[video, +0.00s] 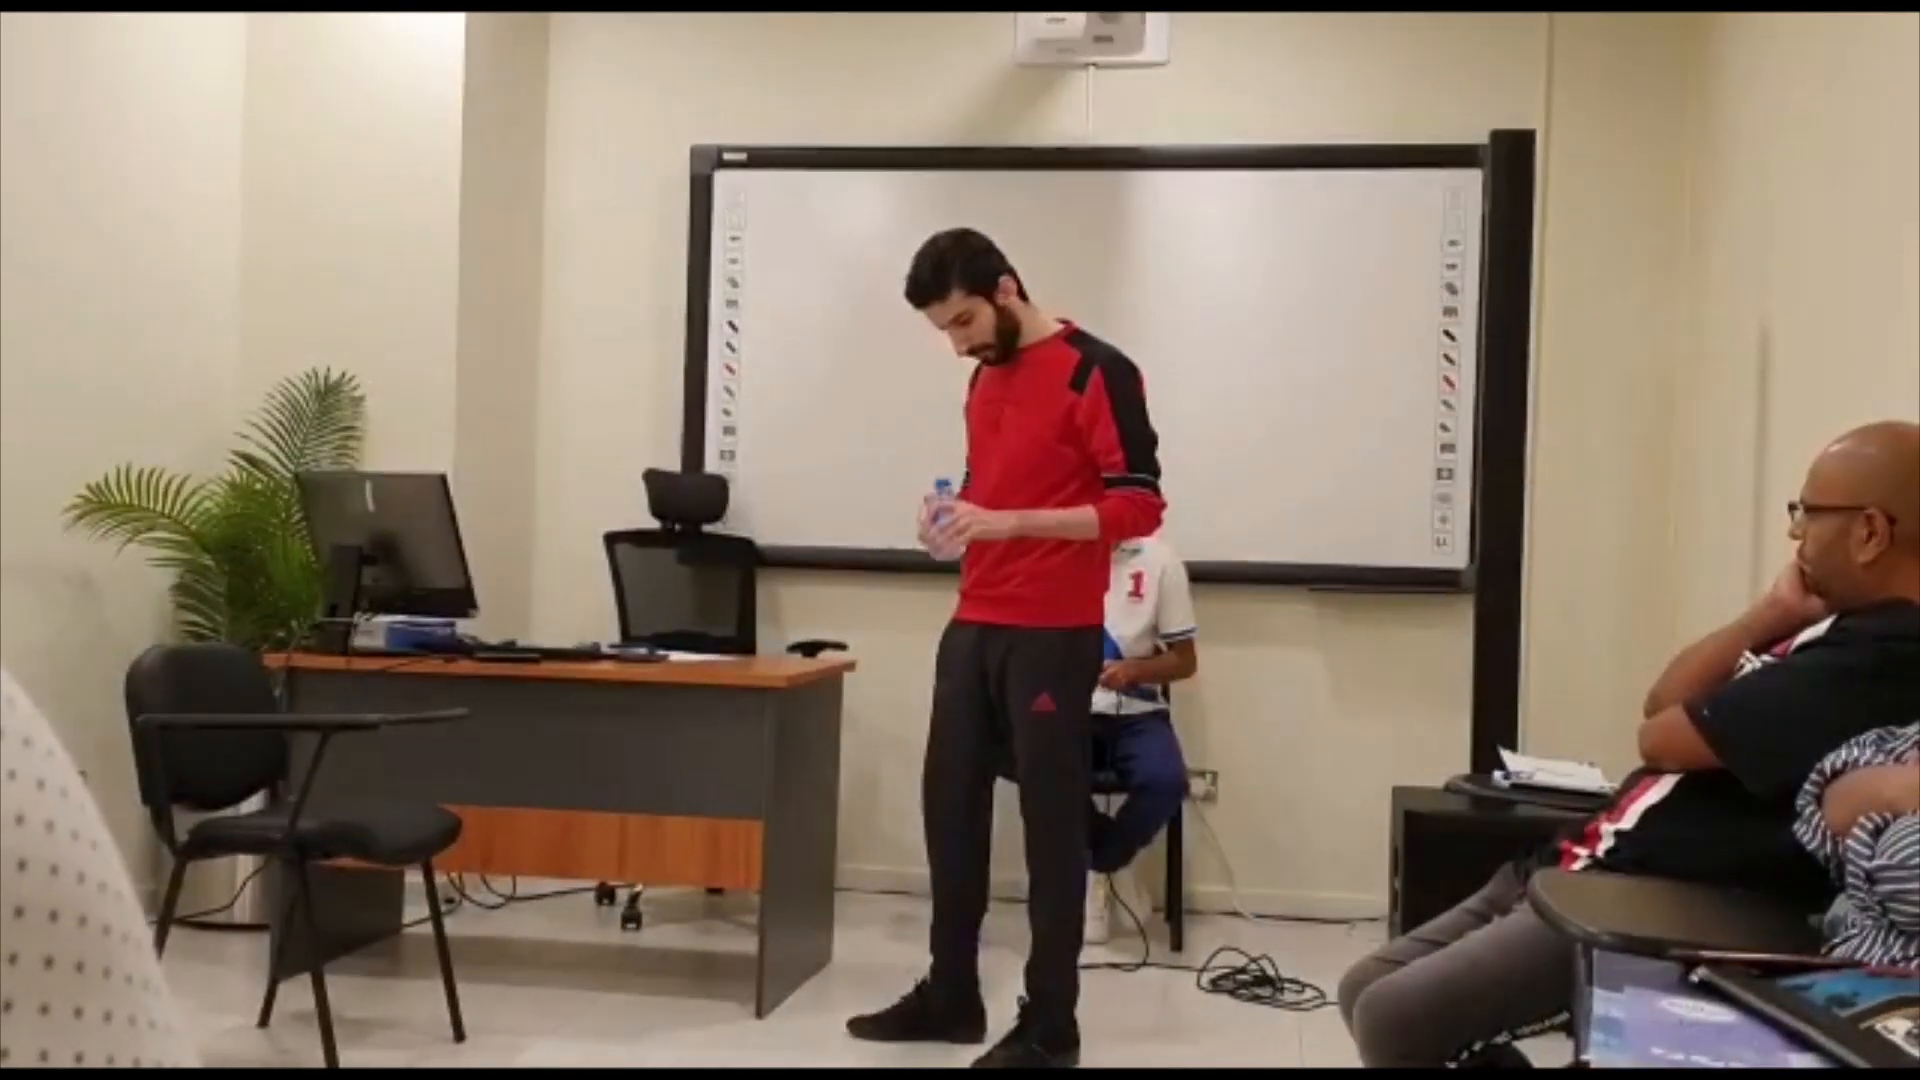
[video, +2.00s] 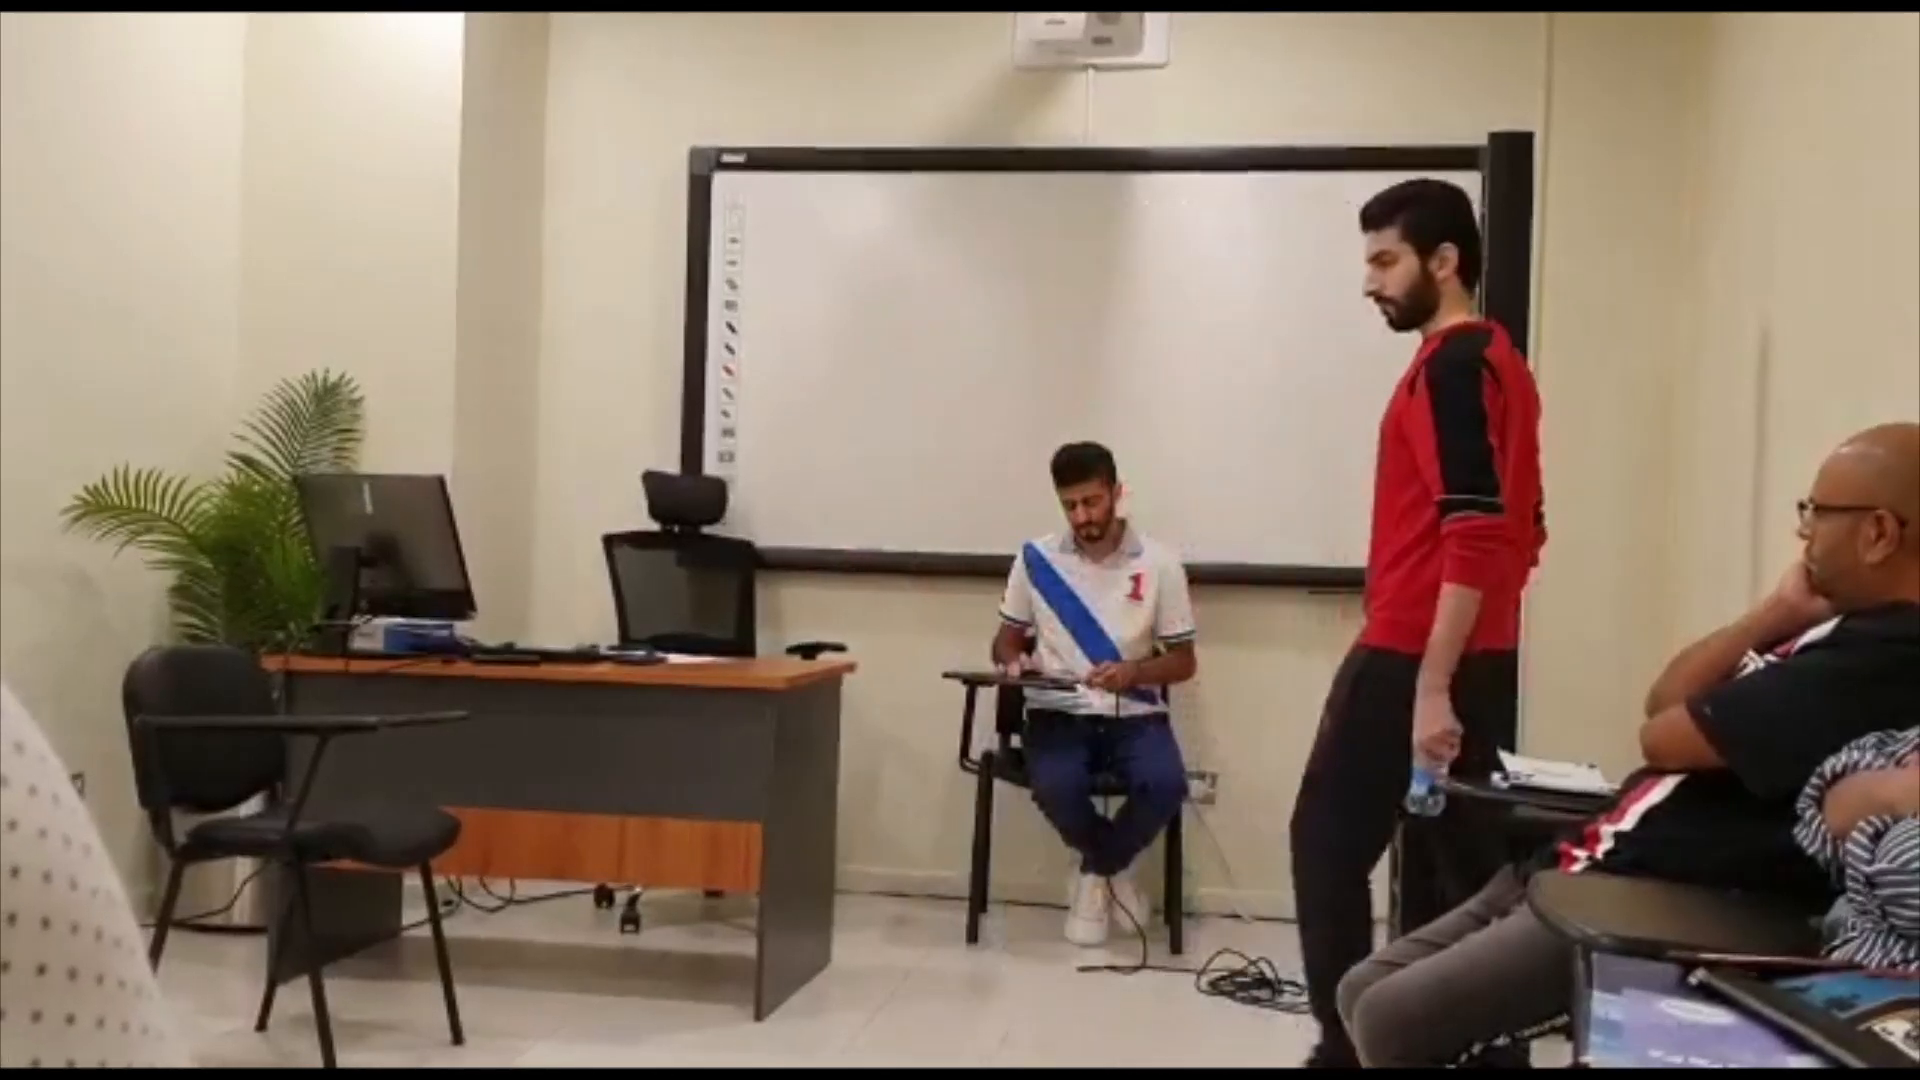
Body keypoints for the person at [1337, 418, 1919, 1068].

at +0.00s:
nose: (1794, 536)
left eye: (1806, 516)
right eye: (1798, 515)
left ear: (1873, 532)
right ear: (1873, 532)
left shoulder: (1882, 650)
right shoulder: (1848, 627)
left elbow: (1665, 743)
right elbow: (1662, 704)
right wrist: (1779, 610)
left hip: (1638, 907)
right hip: (1585, 863)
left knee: (1390, 1020)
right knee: (1365, 986)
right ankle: (1486, 1060)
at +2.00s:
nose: (1801, 534)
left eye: (1814, 514)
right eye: (1806, 513)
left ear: (1880, 534)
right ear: (1881, 534)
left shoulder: (1885, 651)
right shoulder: (1855, 629)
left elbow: (1666, 743)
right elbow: (1664, 701)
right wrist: (1782, 611)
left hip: (1642, 906)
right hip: (1593, 864)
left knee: (1386, 1022)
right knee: (1363, 988)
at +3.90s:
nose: (1800, 537)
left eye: (1813, 517)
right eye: (1804, 516)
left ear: (1880, 534)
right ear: (1880, 535)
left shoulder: (1882, 654)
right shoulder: (1856, 630)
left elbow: (1667, 745)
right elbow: (1665, 705)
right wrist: (1781, 614)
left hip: (1635, 909)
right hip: (1585, 866)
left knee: (1387, 1023)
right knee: (1366, 989)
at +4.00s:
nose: (1800, 536)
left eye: (1813, 516)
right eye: (1805, 515)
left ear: (1880, 535)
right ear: (1880, 535)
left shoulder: (1880, 655)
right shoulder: (1857, 630)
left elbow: (1667, 744)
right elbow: (1666, 706)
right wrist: (1781, 614)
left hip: (1631, 910)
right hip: (1582, 867)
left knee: (1388, 1023)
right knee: (1367, 991)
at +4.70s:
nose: (1799, 535)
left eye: (1811, 516)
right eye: (1803, 515)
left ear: (1878, 534)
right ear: (1879, 534)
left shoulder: (1879, 654)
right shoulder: (1853, 628)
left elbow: (1664, 743)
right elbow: (1663, 702)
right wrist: (1780, 612)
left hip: (1626, 909)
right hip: (1578, 866)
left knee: (1385, 1023)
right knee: (1362, 990)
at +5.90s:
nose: (1804, 536)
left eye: (1814, 515)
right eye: (1807, 515)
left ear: (1880, 531)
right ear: (1881, 531)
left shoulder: (1884, 652)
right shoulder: (1859, 631)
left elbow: (1667, 739)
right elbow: (1666, 703)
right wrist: (1784, 610)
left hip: (1628, 911)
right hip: (1580, 867)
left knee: (1390, 1023)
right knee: (1365, 988)